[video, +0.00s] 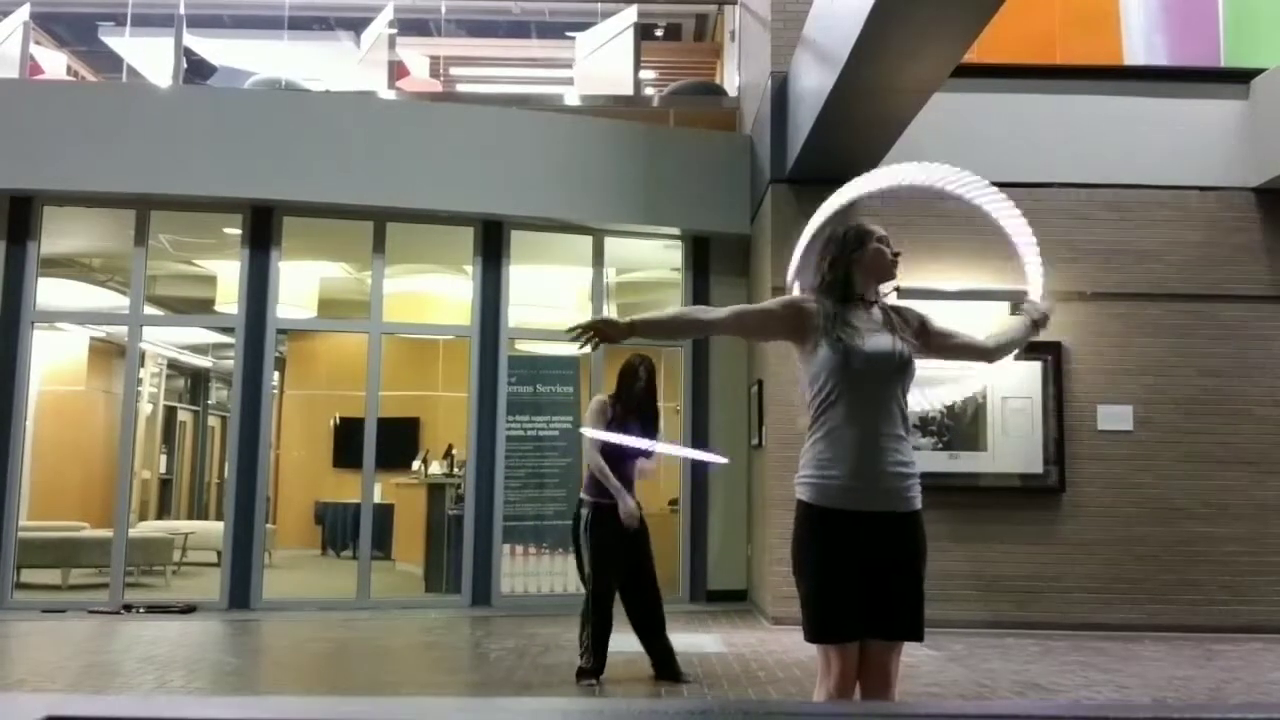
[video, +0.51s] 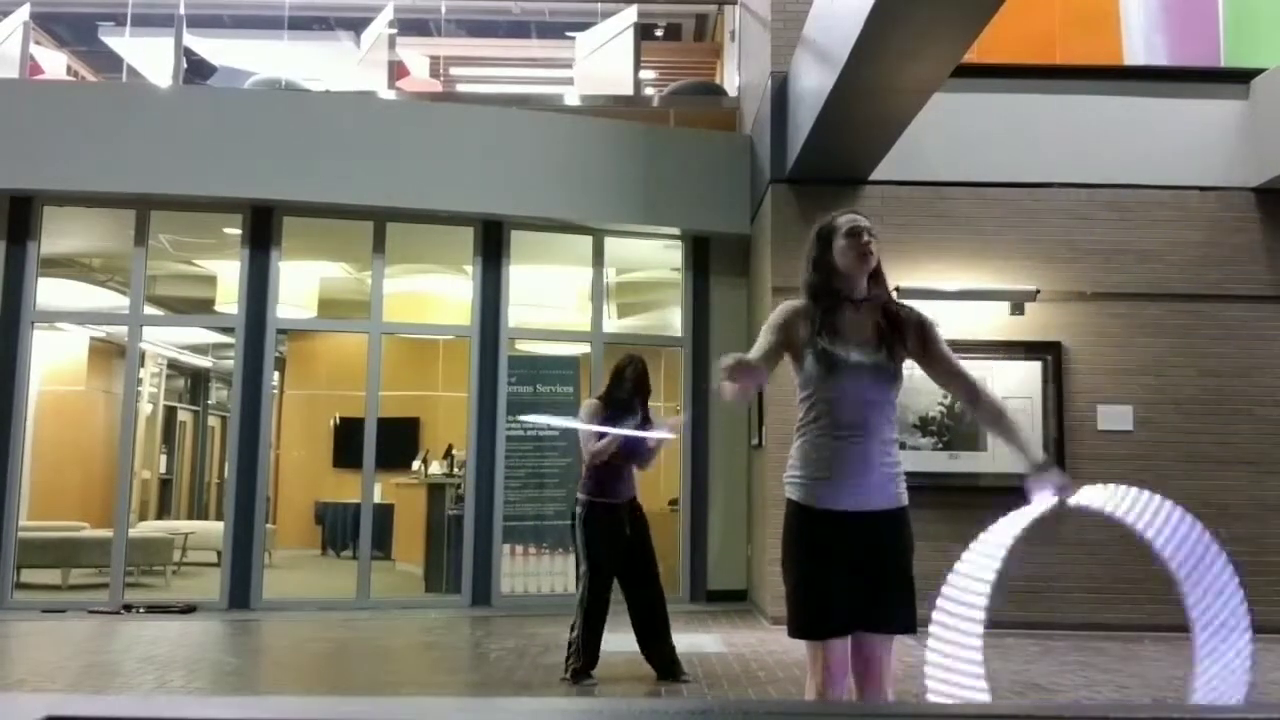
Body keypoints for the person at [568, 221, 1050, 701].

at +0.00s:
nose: (891, 249)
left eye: (890, 242)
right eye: (877, 242)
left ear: (883, 263)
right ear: (845, 257)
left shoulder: (904, 322)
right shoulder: (808, 313)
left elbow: (987, 349)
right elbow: (713, 320)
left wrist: (1031, 320)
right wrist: (627, 328)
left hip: (896, 508)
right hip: (829, 507)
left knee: (882, 674)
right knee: (841, 673)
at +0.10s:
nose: (892, 249)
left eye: (889, 242)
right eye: (881, 243)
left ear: (873, 259)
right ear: (853, 256)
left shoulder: (901, 322)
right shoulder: (809, 312)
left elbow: (981, 355)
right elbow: (719, 322)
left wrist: (1046, 340)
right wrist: (634, 331)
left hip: (894, 509)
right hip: (826, 507)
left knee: (882, 669)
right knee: (838, 670)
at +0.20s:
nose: (889, 246)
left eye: (887, 239)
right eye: (877, 240)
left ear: (878, 259)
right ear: (848, 254)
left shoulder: (904, 322)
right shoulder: (808, 312)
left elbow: (986, 358)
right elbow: (727, 330)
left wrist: (1065, 358)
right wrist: (649, 335)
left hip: (890, 506)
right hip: (822, 506)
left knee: (877, 672)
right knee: (837, 673)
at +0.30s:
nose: (883, 244)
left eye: (881, 237)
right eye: (869, 237)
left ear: (876, 254)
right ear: (838, 252)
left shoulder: (901, 321)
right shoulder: (801, 315)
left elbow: (986, 364)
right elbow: (725, 342)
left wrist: (1075, 388)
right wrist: (658, 347)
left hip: (887, 505)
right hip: (819, 504)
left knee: (875, 668)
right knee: (830, 667)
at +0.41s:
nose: (873, 239)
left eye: (874, 233)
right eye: (859, 233)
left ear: (877, 252)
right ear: (829, 252)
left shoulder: (904, 324)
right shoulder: (795, 318)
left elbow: (982, 375)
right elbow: (724, 359)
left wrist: (1063, 415)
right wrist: (694, 360)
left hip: (883, 507)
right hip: (815, 507)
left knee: (872, 667)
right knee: (828, 672)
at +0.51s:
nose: (866, 241)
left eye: (870, 234)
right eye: (852, 234)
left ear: (877, 253)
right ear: (824, 253)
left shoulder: (905, 323)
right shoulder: (797, 318)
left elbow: (971, 393)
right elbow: (750, 375)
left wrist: (1033, 460)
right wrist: (739, 375)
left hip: (883, 508)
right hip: (816, 508)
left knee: (874, 666)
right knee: (830, 667)